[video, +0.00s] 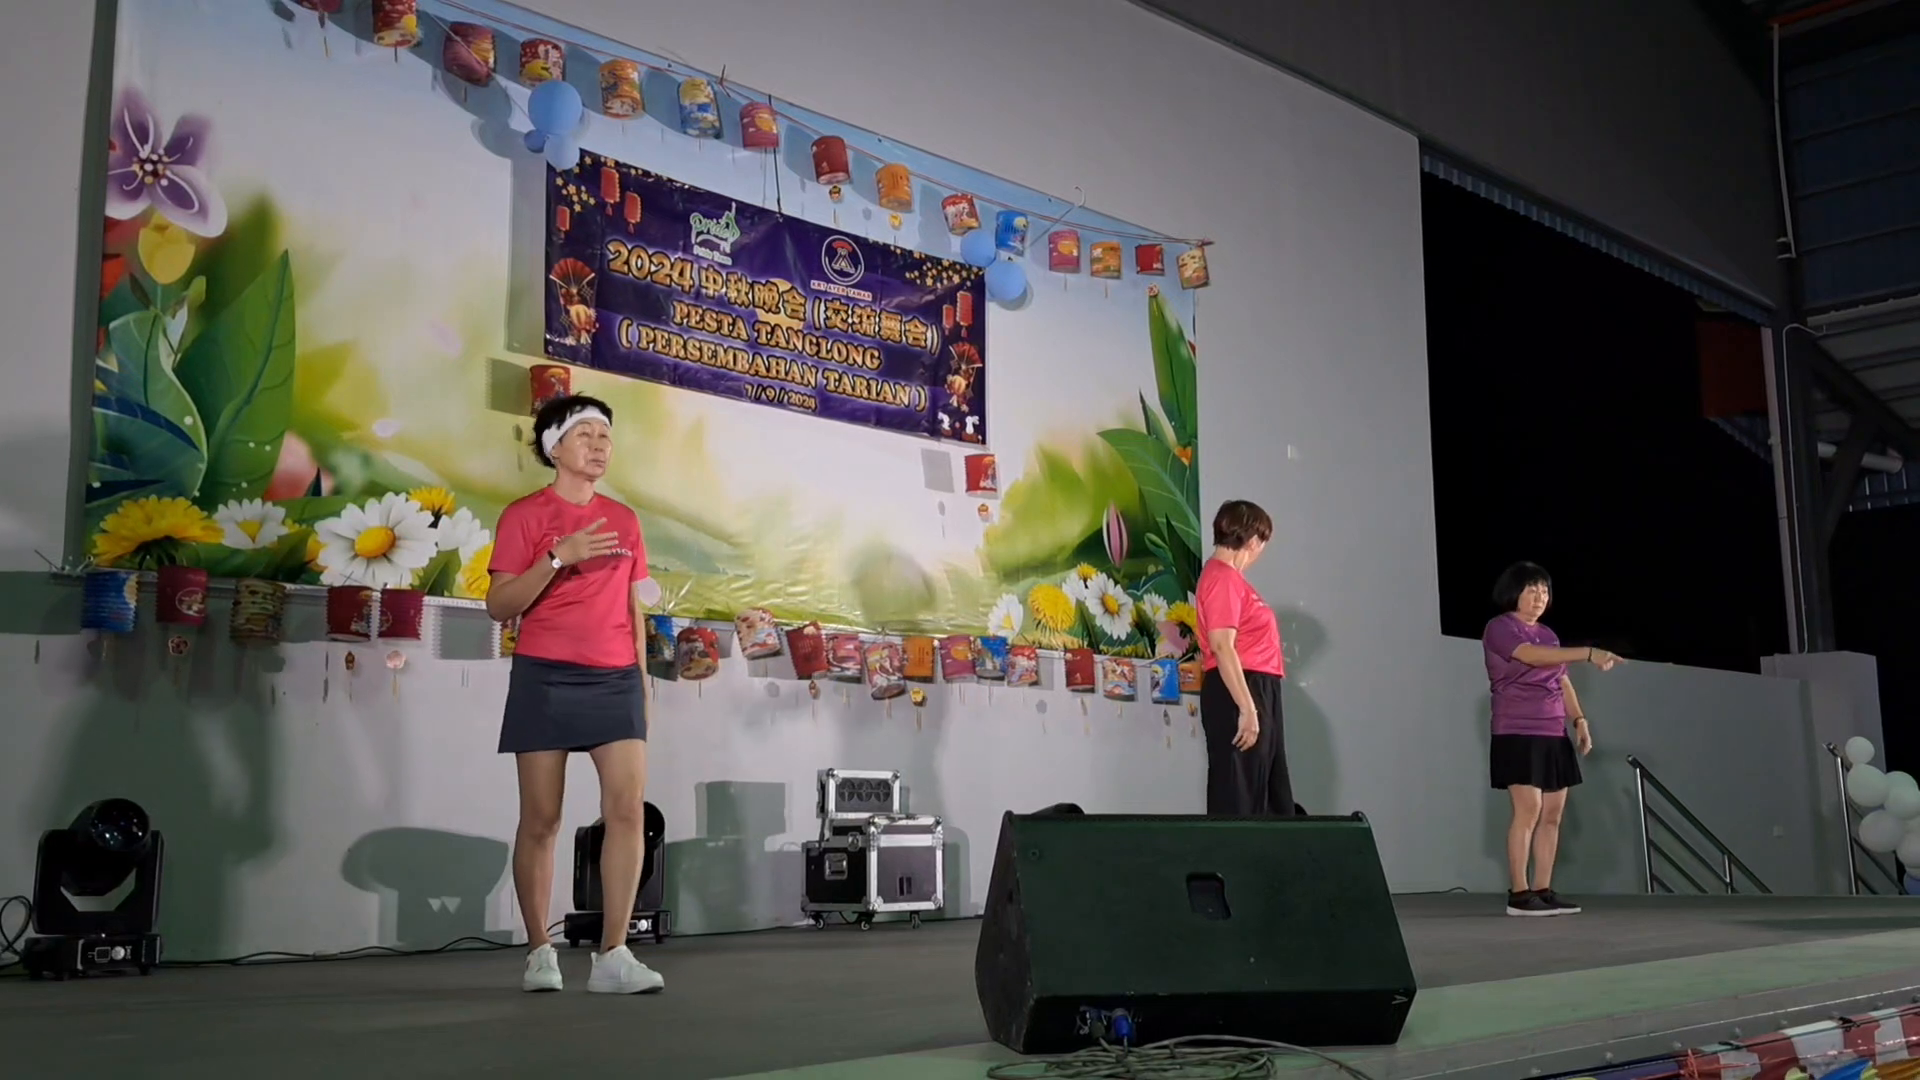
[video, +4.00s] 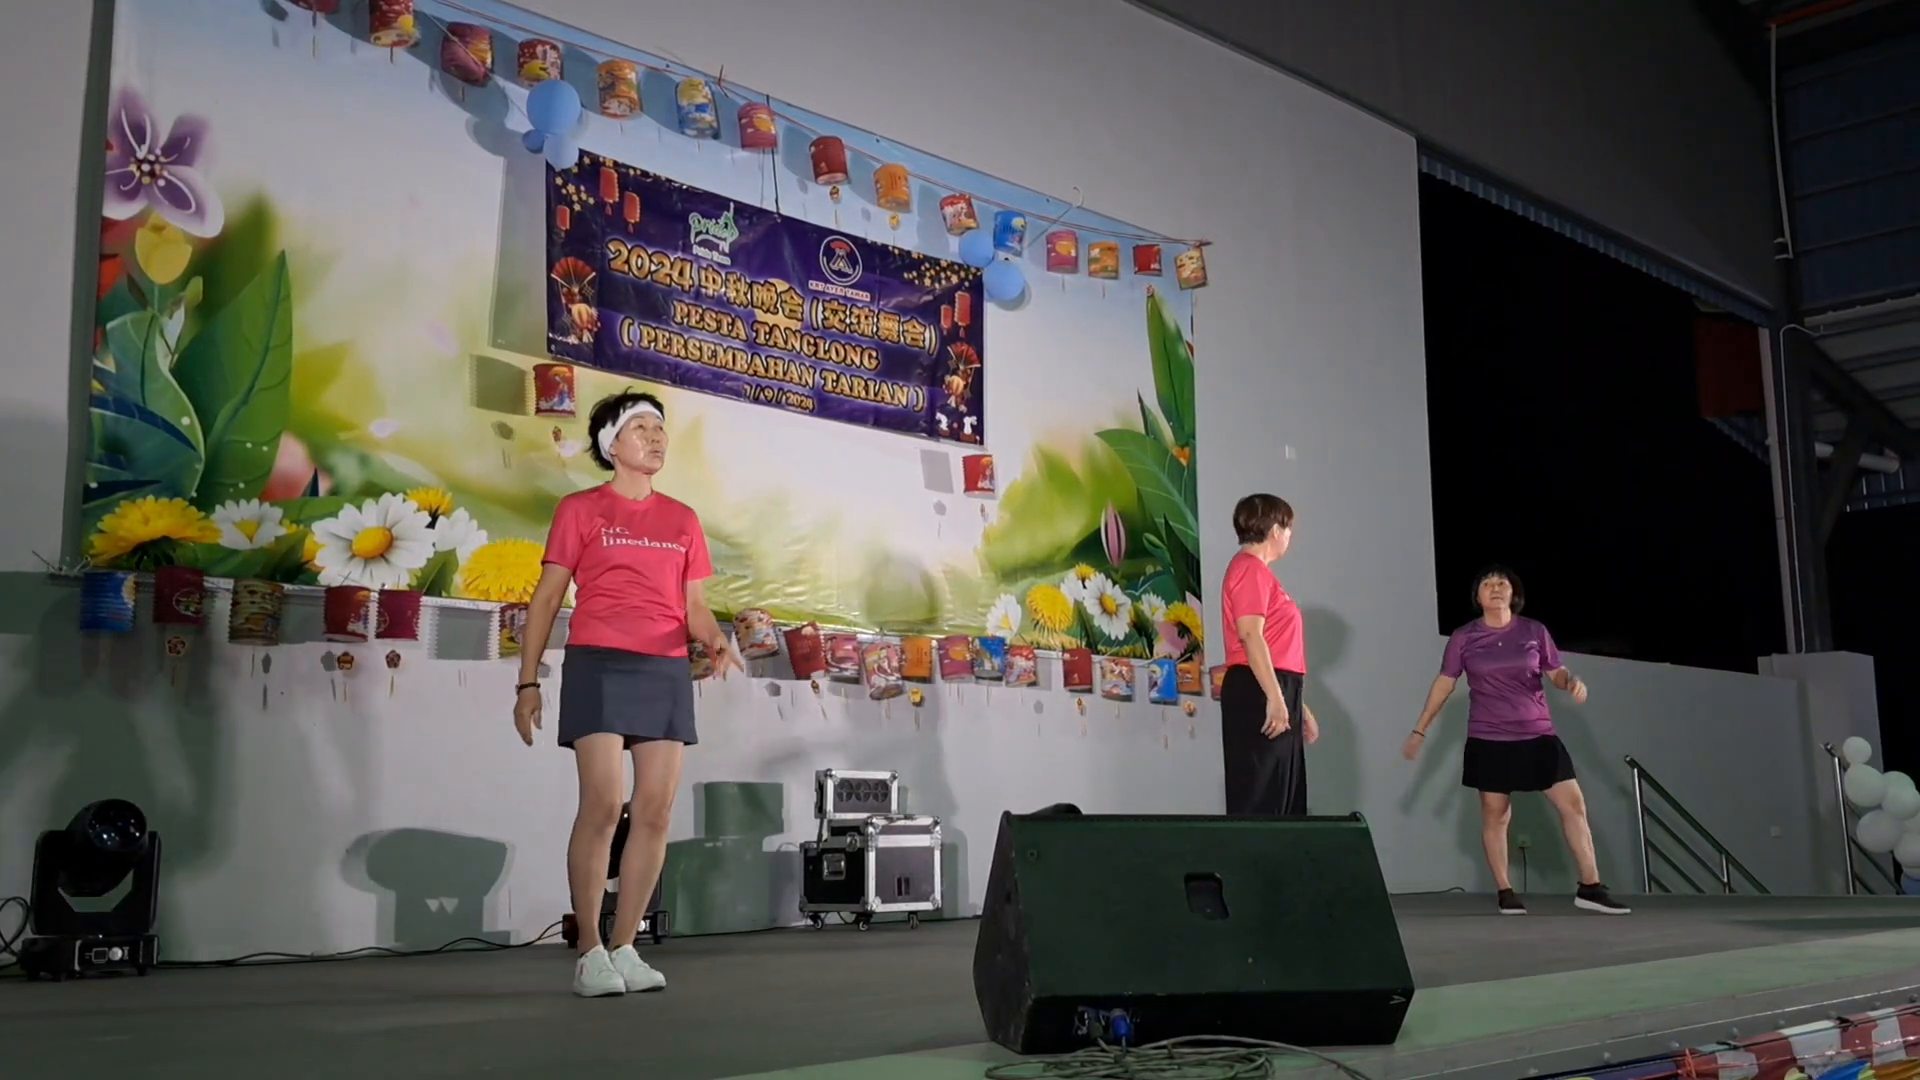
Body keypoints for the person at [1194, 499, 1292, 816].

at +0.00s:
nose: (1261, 550)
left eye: (1263, 542)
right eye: (1262, 541)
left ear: (1224, 532)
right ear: (1252, 540)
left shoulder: (1226, 575)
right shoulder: (1223, 576)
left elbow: (1227, 646)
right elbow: (1222, 645)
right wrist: (1247, 708)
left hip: (1258, 684)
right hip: (1241, 684)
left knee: (1264, 788)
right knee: (1240, 791)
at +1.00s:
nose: (1281, 547)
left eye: (1284, 540)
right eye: (1283, 539)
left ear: (1245, 530)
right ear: (1272, 538)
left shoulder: (1253, 575)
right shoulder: (1241, 575)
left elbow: (1251, 642)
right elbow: (1242, 643)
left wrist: (1283, 701)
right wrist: (1271, 705)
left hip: (1284, 687)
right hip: (1261, 688)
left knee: (1284, 792)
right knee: (1256, 793)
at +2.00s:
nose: (1310, 545)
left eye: (1311, 537)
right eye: (1308, 536)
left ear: (1287, 539)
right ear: (1291, 538)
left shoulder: (1296, 582)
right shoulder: (1249, 581)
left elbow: (1314, 649)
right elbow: (1234, 650)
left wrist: (1341, 698)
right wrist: (1236, 714)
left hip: (1311, 700)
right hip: (1272, 699)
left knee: (1306, 806)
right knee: (1277, 807)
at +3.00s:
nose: (1302, 539)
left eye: (1303, 531)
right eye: (1293, 530)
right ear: (1267, 537)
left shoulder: (1287, 581)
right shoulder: (1256, 577)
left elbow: (1292, 644)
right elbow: (1250, 643)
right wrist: (1268, 705)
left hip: (1311, 692)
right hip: (1280, 692)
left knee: (1308, 800)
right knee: (1285, 801)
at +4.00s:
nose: (1289, 538)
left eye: (1290, 529)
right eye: (1287, 529)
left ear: (1252, 528)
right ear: (1272, 529)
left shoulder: (1260, 572)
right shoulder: (1250, 568)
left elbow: (1271, 647)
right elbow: (1250, 635)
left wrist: (1298, 705)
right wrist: (1274, 697)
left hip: (1275, 688)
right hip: (1258, 688)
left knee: (1282, 797)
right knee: (1260, 798)